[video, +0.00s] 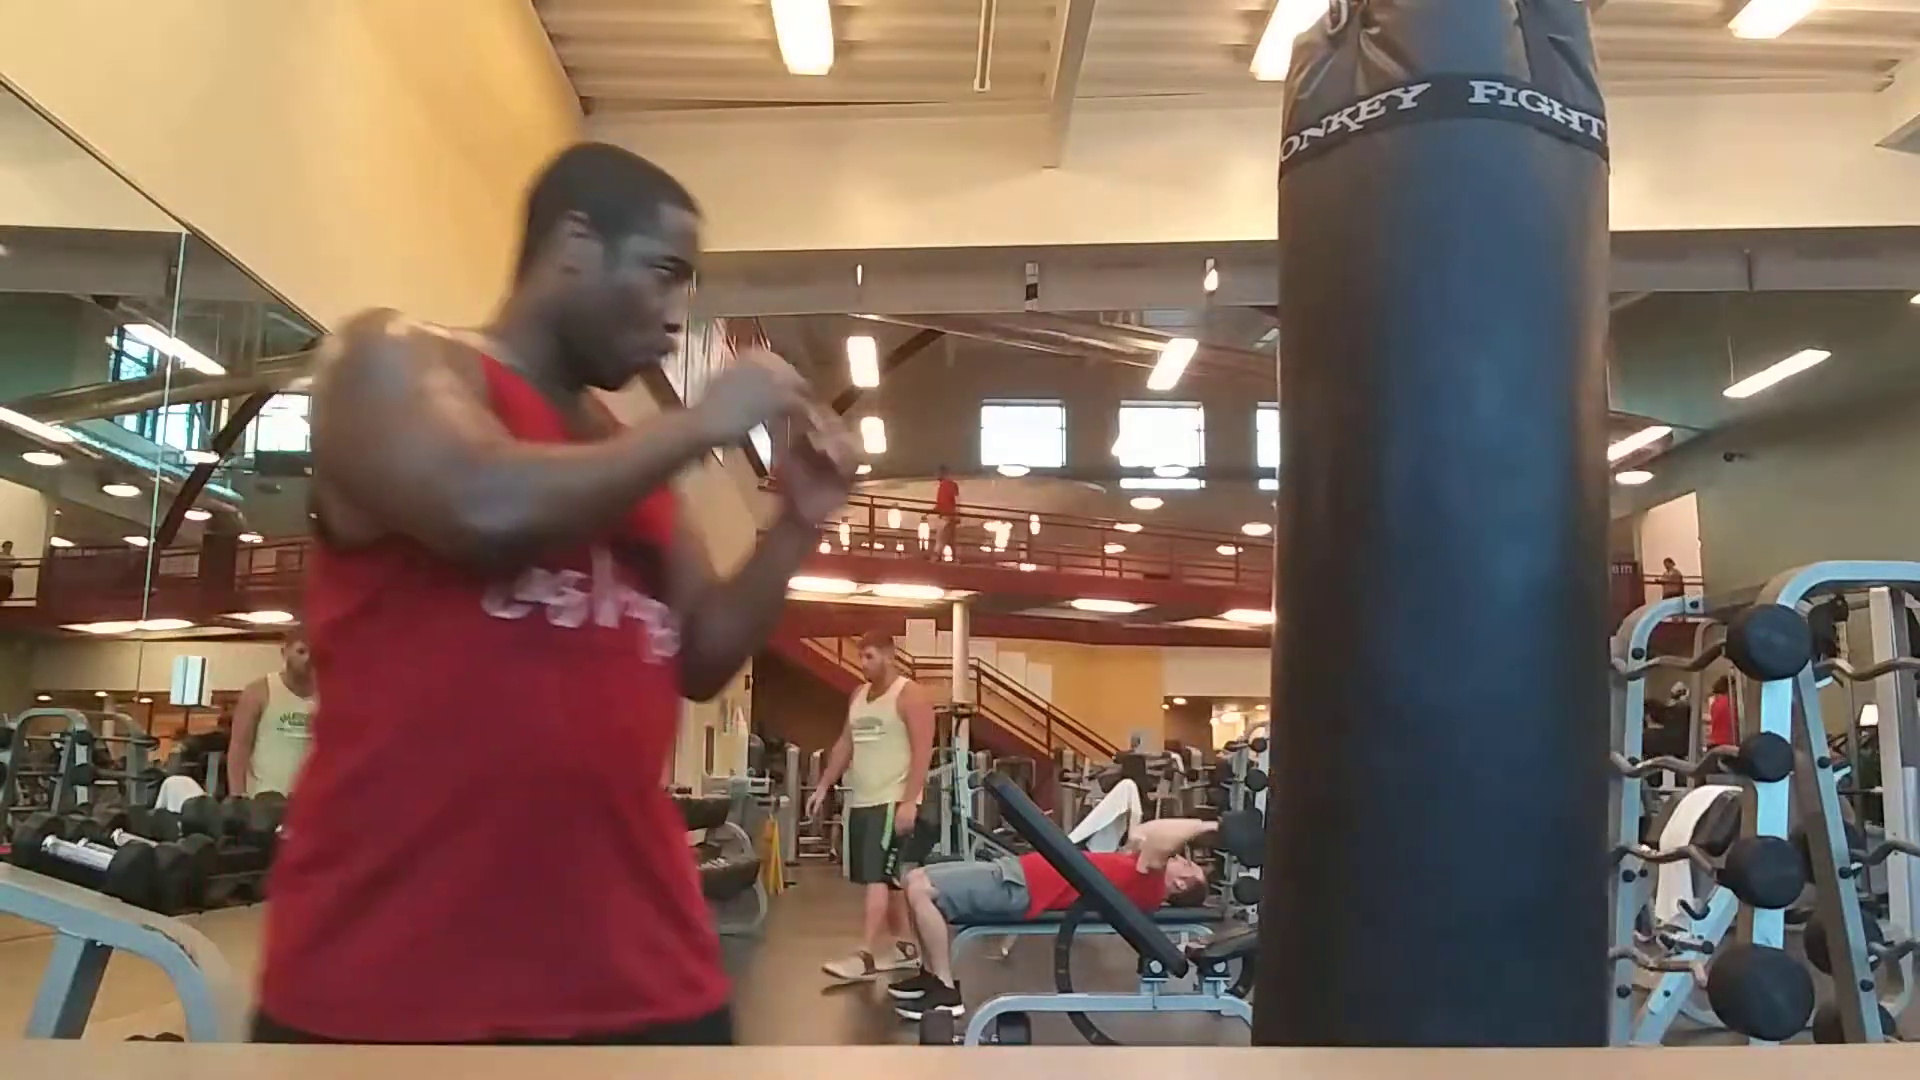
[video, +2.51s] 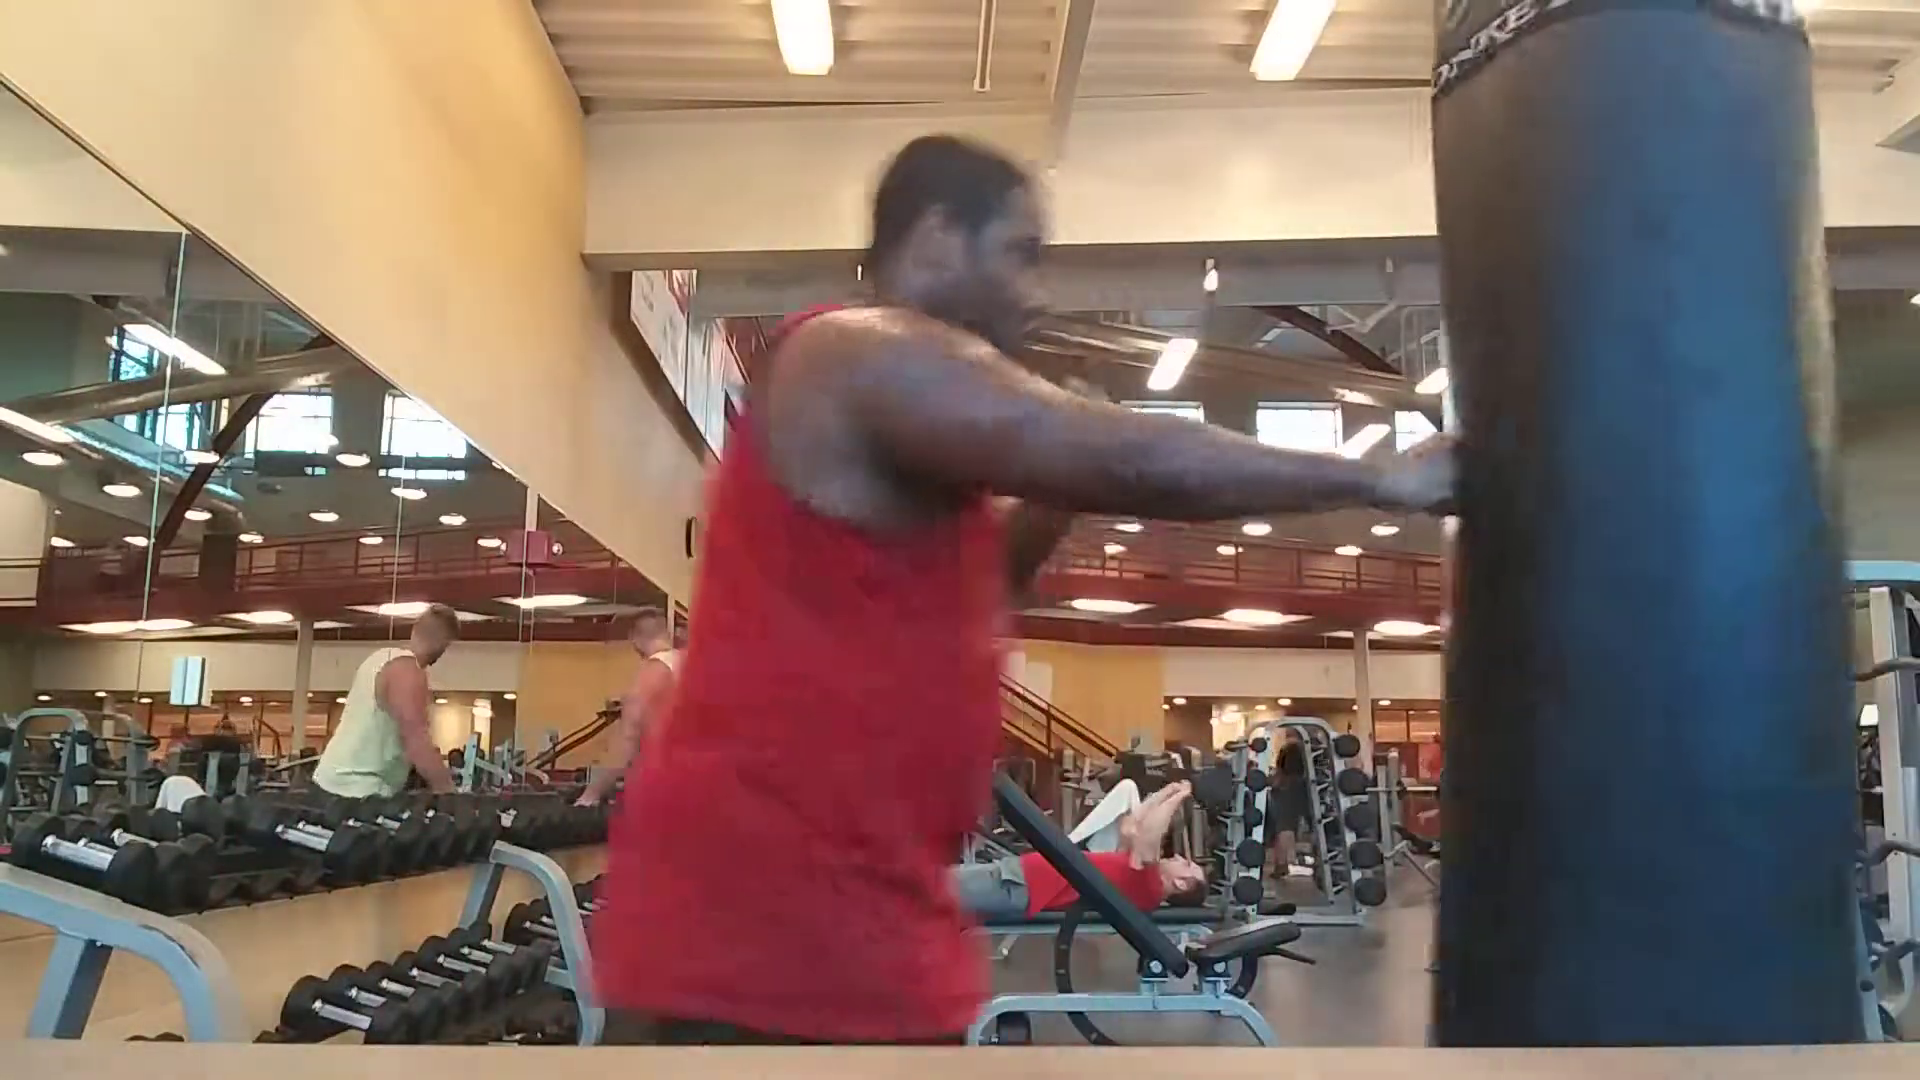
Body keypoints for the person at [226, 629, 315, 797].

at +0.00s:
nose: (308, 659)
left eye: (313, 652)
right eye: (301, 651)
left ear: (319, 655)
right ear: (284, 652)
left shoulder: (325, 696)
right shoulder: (258, 692)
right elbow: (239, 745)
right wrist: (237, 796)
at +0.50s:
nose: (320, 650)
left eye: (324, 643)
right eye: (313, 642)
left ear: (328, 643)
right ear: (294, 638)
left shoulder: (341, 682)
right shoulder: (266, 683)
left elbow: (354, 734)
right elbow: (243, 742)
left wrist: (364, 783)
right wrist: (235, 797)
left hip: (333, 795)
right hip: (280, 796)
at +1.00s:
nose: (378, 644)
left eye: (380, 638)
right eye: (371, 635)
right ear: (350, 633)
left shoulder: (388, 683)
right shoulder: (314, 676)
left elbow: (400, 742)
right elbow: (293, 736)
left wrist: (404, 788)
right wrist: (310, 775)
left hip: (377, 796)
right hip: (325, 797)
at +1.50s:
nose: (431, 649)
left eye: (433, 641)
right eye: (428, 639)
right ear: (406, 632)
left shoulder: (415, 678)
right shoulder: (372, 672)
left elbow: (421, 736)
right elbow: (378, 740)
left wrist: (442, 767)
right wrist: (429, 775)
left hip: (389, 791)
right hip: (351, 792)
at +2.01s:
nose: (467, 662)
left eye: (469, 655)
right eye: (465, 654)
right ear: (449, 648)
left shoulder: (440, 682)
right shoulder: (401, 681)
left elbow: (445, 736)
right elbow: (409, 759)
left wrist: (466, 789)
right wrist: (450, 797)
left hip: (381, 790)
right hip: (347, 789)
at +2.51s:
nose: (442, 653)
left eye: (446, 647)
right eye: (445, 646)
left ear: (415, 631)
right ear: (441, 644)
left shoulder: (380, 658)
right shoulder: (406, 669)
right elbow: (417, 745)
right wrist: (447, 793)